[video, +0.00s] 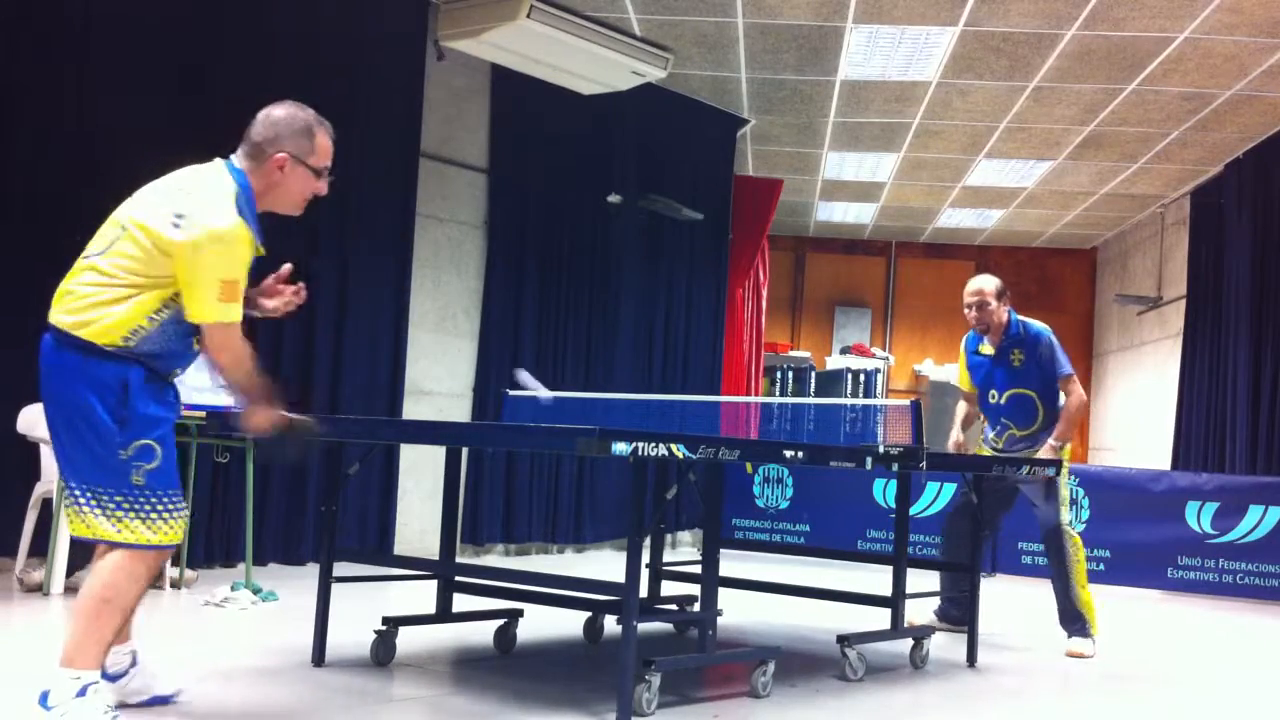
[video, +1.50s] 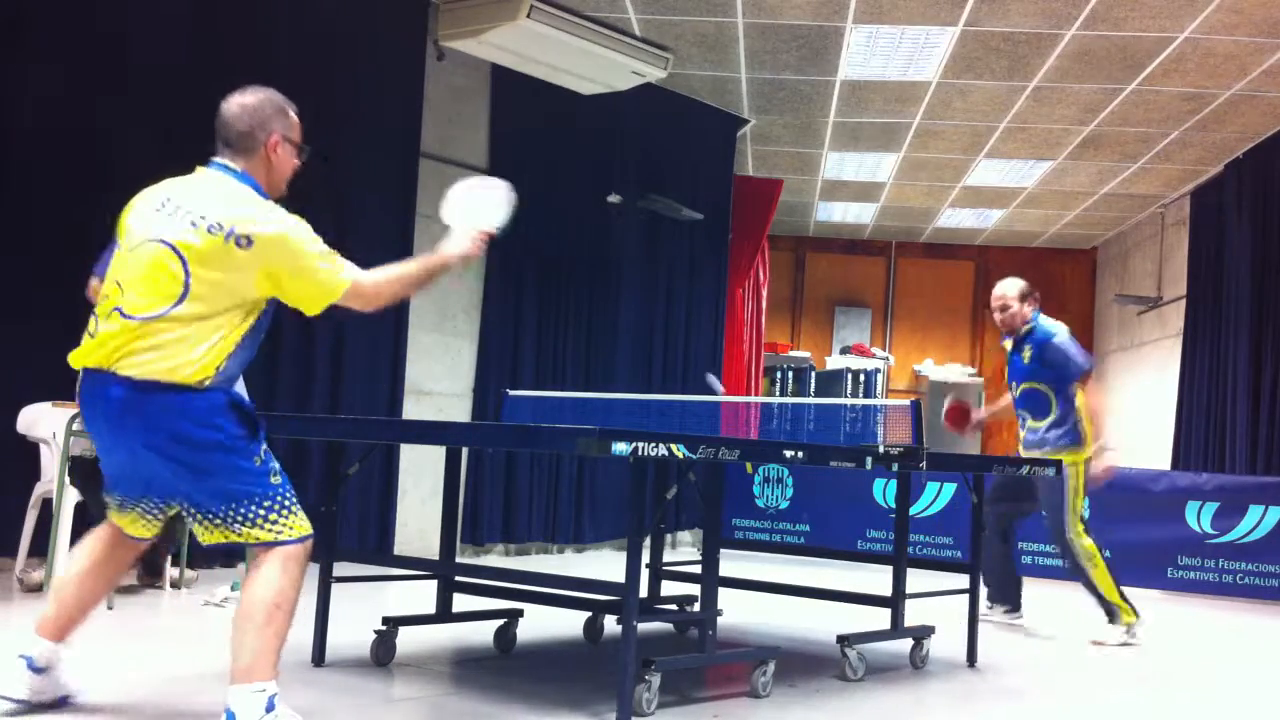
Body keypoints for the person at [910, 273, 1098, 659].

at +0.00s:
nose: (973, 313)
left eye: (980, 305)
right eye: (967, 307)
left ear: (1003, 304)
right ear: (964, 310)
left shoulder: (1037, 336)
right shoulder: (970, 345)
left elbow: (1077, 397)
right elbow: (970, 400)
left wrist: (1054, 445)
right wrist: (957, 430)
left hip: (1040, 453)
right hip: (993, 453)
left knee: (1057, 533)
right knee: (958, 522)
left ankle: (1080, 632)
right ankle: (955, 614)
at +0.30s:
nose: (958, 330)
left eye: (965, 321)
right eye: (953, 323)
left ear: (989, 317)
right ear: (951, 324)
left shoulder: (1017, 344)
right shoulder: (971, 354)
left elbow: (1038, 400)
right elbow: (966, 414)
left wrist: (986, 420)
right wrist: (929, 443)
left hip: (1044, 455)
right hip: (1006, 456)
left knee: (1042, 530)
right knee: (960, 519)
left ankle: (1078, 640)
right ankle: (954, 615)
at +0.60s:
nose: (943, 354)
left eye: (946, 345)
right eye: (941, 347)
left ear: (968, 338)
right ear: (967, 339)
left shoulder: (996, 361)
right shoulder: (984, 363)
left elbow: (1043, 372)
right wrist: (1091, 437)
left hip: (1041, 465)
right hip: (1009, 466)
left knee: (1018, 540)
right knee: (962, 519)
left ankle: (1074, 639)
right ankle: (953, 615)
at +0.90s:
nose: (994, 305)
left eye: (1000, 298)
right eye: (993, 299)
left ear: (1027, 296)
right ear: (1003, 297)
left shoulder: (1062, 330)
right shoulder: (999, 322)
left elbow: (1097, 386)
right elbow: (962, 336)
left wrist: (1093, 432)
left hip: (1052, 450)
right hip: (1009, 446)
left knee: (1059, 531)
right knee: (981, 526)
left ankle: (1096, 635)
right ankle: (954, 609)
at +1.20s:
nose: (1028, 309)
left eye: (1037, 302)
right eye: (1025, 302)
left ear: (1063, 304)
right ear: (1024, 303)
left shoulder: (1088, 344)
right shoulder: (1021, 341)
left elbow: (1118, 400)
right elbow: (978, 375)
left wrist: (1120, 457)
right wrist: (959, 350)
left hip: (1067, 459)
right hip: (1020, 456)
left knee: (1073, 539)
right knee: (982, 518)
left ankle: (1097, 637)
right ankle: (999, 614)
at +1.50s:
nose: (999, 316)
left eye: (1006, 308)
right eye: (994, 310)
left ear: (1030, 305)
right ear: (992, 312)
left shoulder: (1053, 337)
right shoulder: (1014, 344)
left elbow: (1090, 387)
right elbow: (1022, 393)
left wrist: (1100, 446)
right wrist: (983, 414)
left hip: (1063, 456)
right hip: (1030, 456)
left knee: (1069, 535)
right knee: (993, 512)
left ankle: (1125, 618)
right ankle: (1004, 603)